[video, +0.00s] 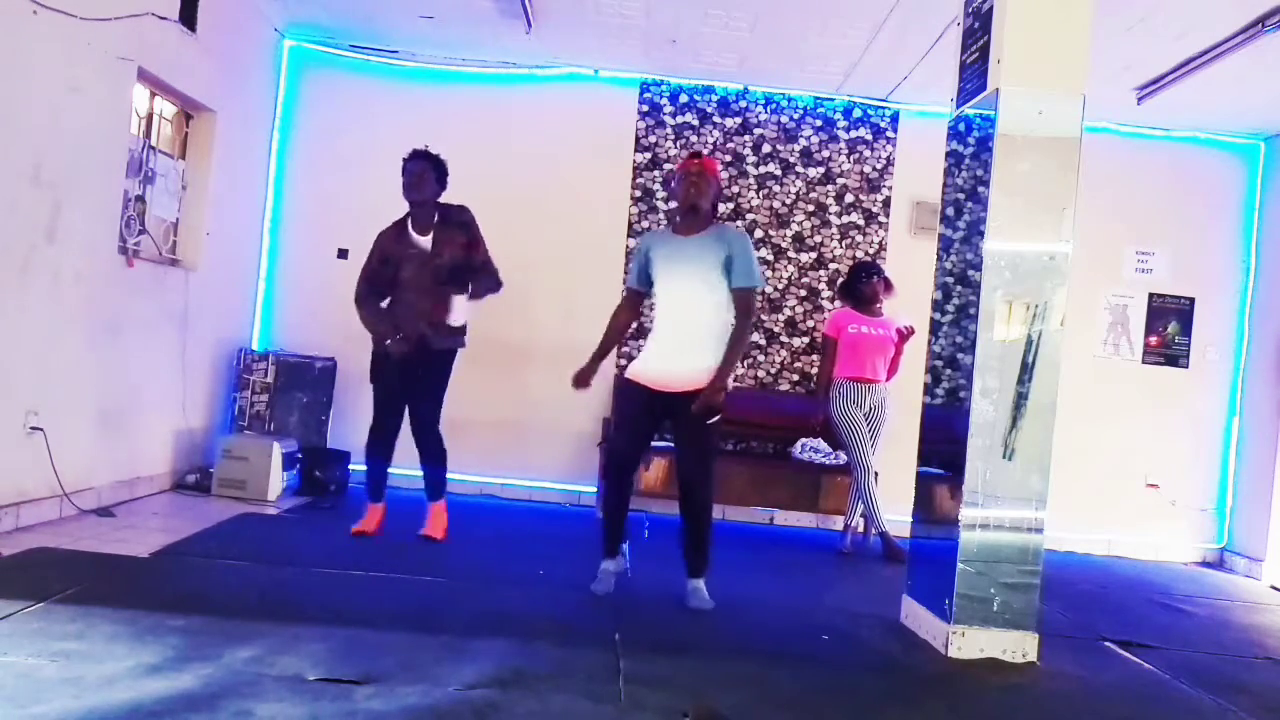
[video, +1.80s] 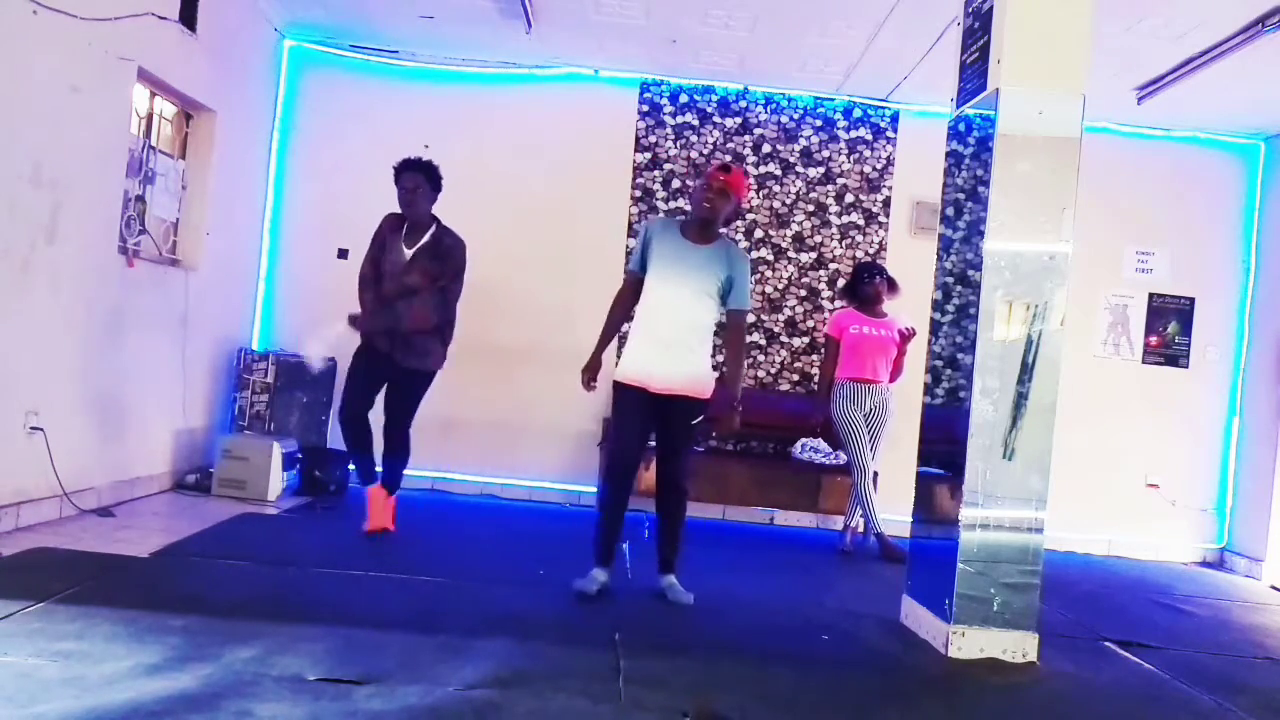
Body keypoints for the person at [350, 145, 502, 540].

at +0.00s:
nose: (414, 182)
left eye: (422, 175)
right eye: (408, 175)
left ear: (440, 184)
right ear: (401, 183)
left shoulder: (458, 224)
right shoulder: (390, 238)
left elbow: (491, 280)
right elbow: (364, 295)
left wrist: (464, 283)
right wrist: (386, 335)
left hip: (438, 346)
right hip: (393, 344)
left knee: (425, 427)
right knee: (383, 426)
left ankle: (437, 509)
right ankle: (375, 507)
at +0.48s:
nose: (418, 194)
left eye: (426, 188)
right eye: (413, 187)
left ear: (443, 193)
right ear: (406, 189)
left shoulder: (454, 242)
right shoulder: (388, 217)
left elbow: (460, 302)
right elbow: (372, 275)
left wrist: (482, 339)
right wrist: (387, 328)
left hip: (431, 351)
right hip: (388, 344)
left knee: (421, 428)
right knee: (379, 423)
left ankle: (422, 509)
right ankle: (354, 492)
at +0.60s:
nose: (406, 196)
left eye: (415, 190)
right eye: (402, 189)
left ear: (433, 193)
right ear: (396, 191)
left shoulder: (449, 244)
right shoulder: (385, 216)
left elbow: (446, 305)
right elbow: (366, 272)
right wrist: (376, 327)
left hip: (420, 346)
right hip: (377, 338)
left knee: (409, 421)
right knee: (366, 419)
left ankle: (400, 497)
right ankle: (342, 497)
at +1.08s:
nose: (397, 186)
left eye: (406, 180)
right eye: (392, 180)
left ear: (424, 185)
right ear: (386, 184)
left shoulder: (447, 227)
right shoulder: (374, 233)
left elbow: (466, 283)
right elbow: (362, 290)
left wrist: (447, 324)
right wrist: (373, 337)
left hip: (430, 350)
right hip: (383, 347)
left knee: (422, 431)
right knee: (368, 426)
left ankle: (433, 510)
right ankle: (362, 504)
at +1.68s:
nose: (411, 195)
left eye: (420, 188)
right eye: (406, 188)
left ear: (436, 193)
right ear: (399, 191)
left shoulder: (451, 246)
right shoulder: (384, 221)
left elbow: (440, 313)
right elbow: (364, 282)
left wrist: (404, 359)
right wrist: (380, 335)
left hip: (420, 354)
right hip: (375, 346)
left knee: (405, 426)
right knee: (367, 422)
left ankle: (391, 495)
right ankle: (361, 501)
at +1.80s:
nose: (406, 196)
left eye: (414, 190)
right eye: (401, 190)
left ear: (433, 194)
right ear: (397, 193)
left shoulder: (451, 246)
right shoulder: (389, 227)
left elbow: (441, 307)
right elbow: (367, 277)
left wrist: (381, 320)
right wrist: (374, 321)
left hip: (419, 353)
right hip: (377, 343)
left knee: (396, 421)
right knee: (351, 412)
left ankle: (388, 499)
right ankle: (372, 488)